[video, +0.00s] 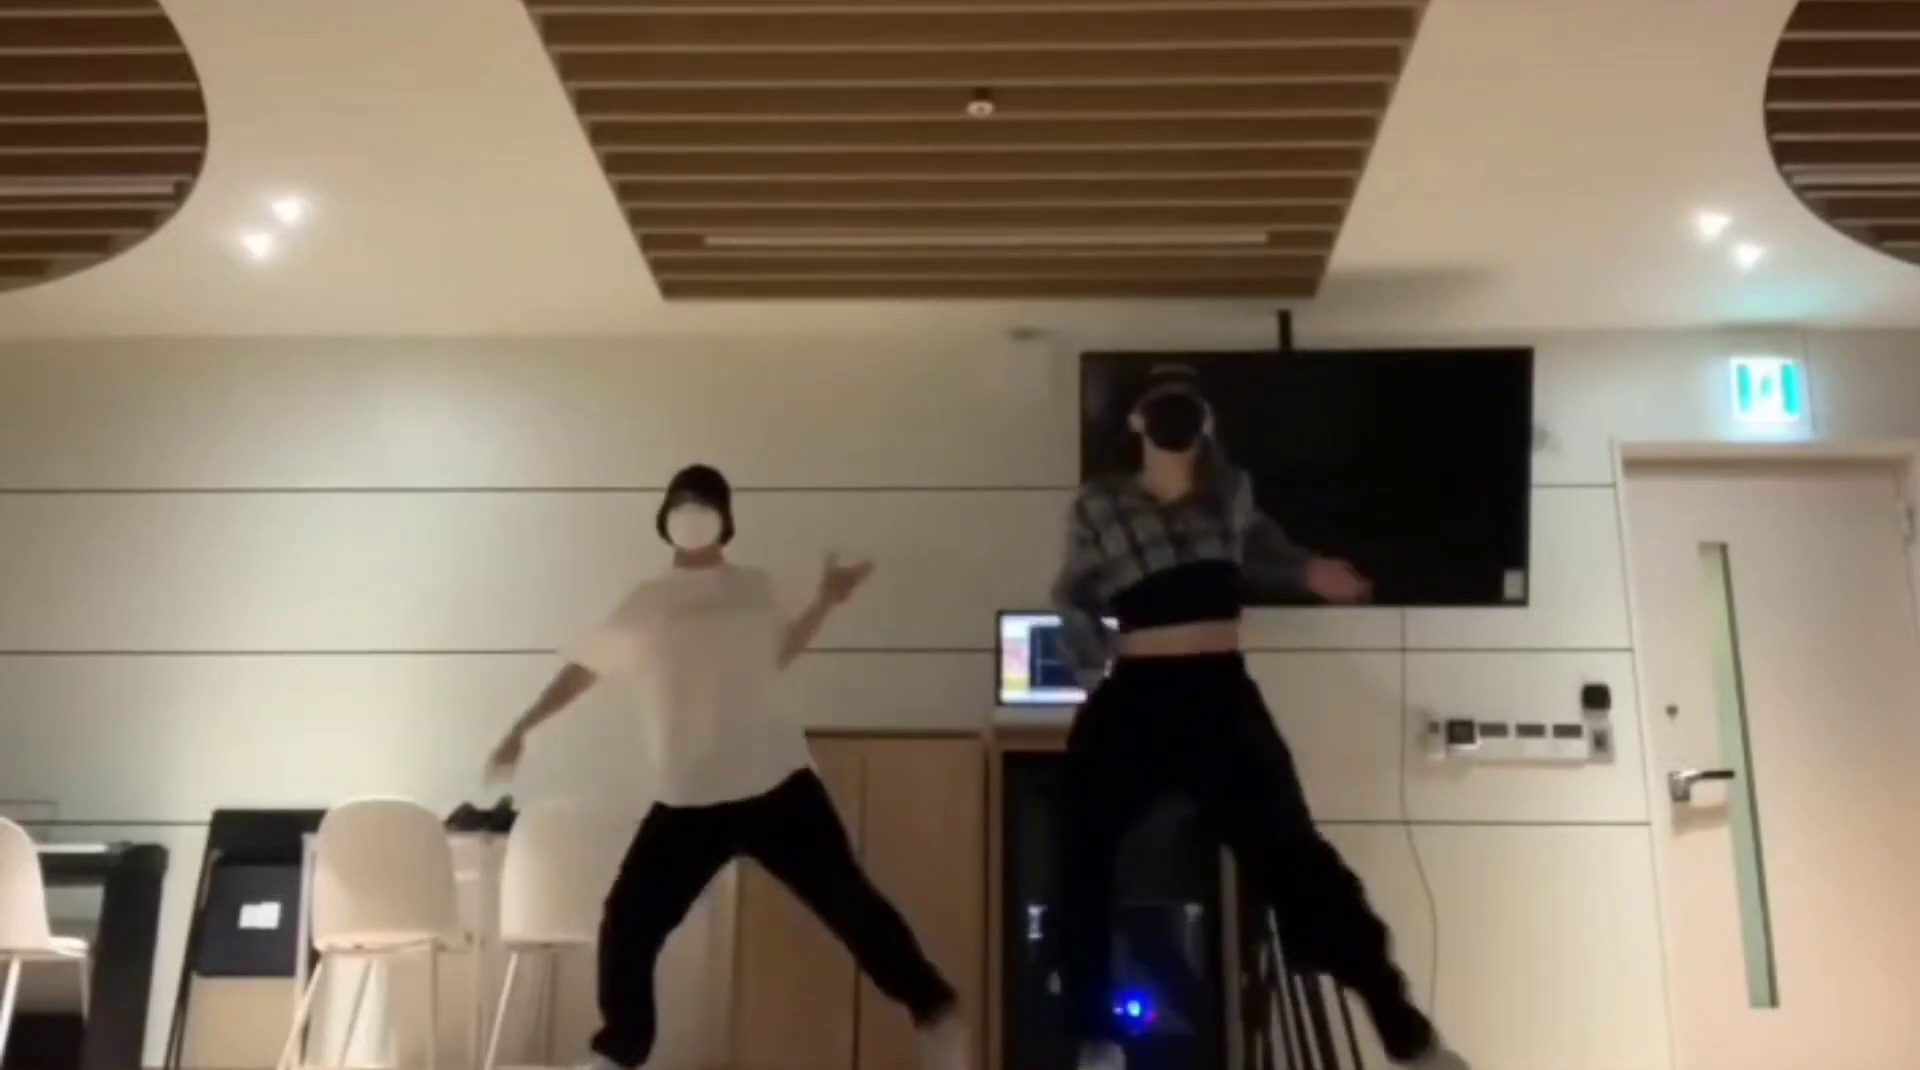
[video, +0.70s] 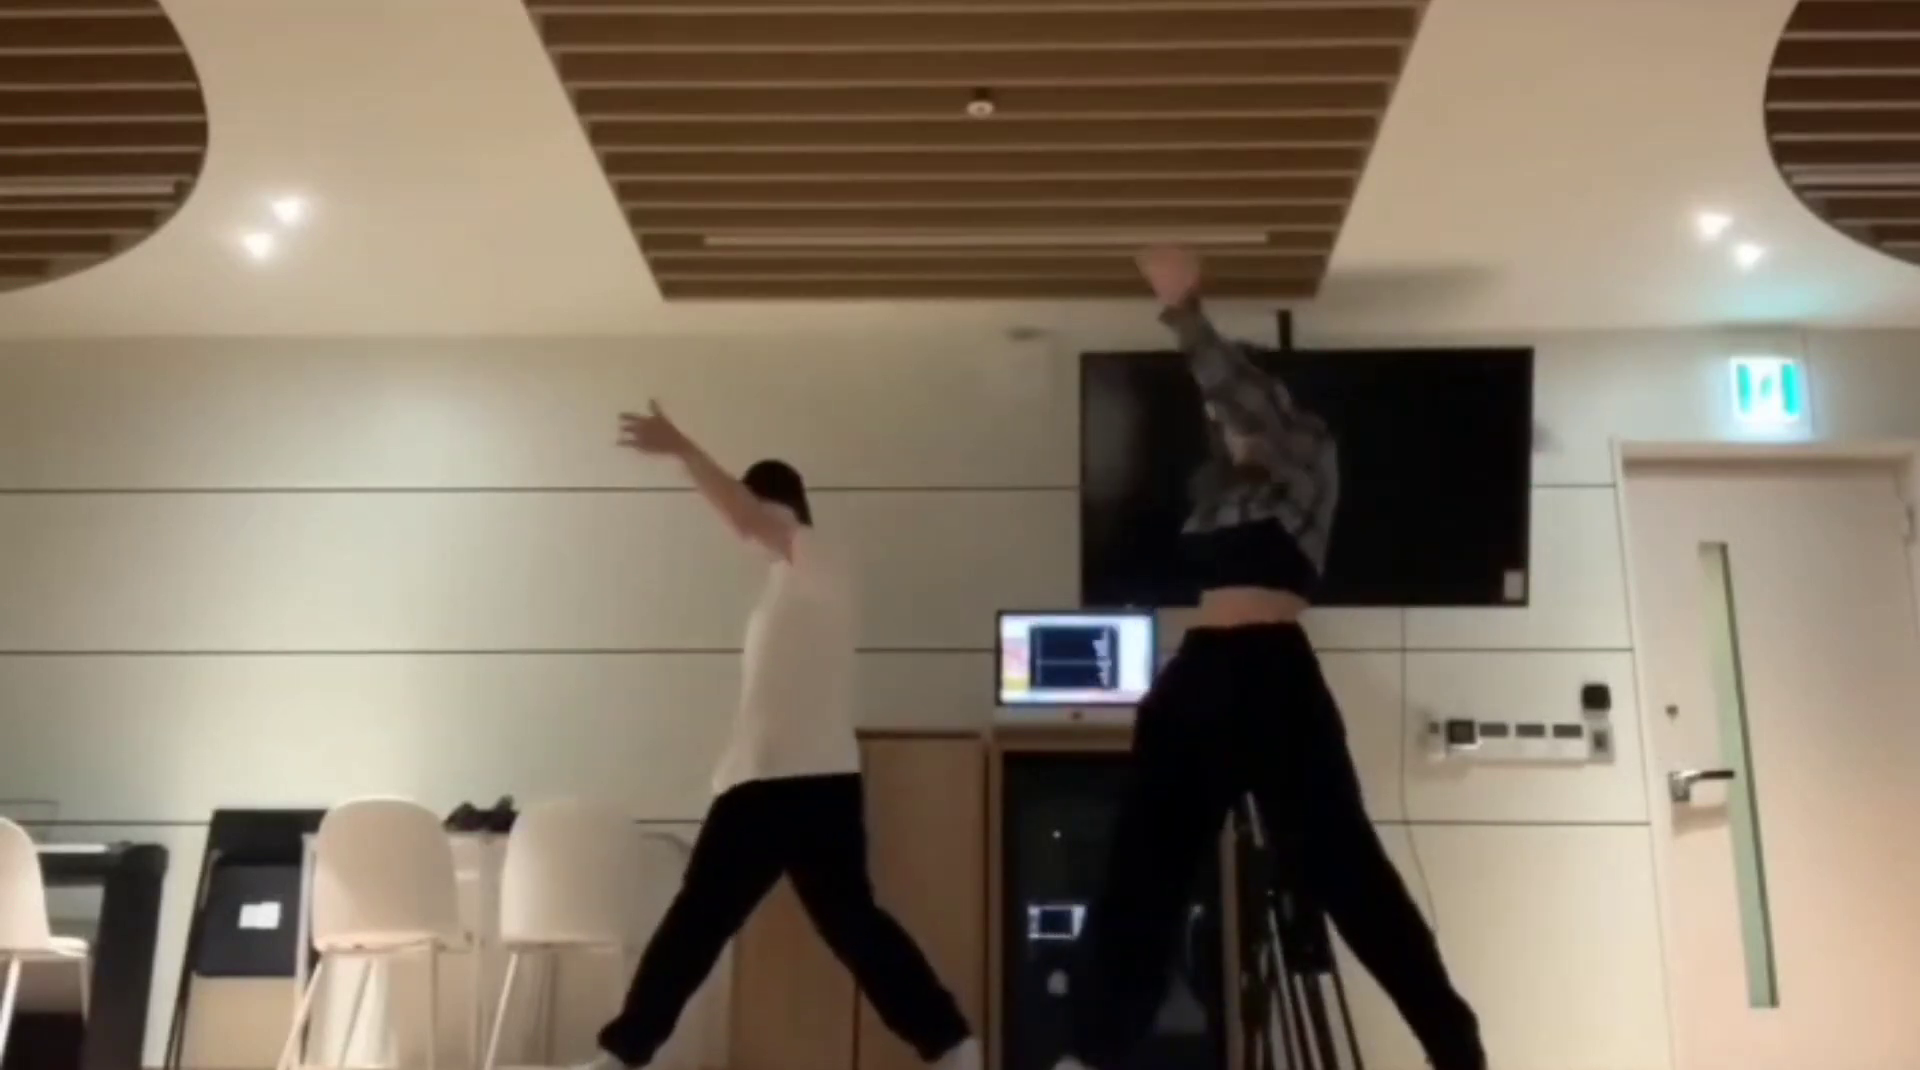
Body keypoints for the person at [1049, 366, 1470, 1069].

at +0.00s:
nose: (1177, 418)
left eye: (1188, 407)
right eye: (1163, 407)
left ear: (1207, 423)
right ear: (1137, 424)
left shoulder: (1229, 497)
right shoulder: (1100, 506)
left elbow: (1260, 561)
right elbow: (1068, 596)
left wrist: (1309, 573)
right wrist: (1092, 652)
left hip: (1222, 698)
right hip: (1134, 700)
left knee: (1291, 852)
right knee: (1083, 858)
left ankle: (1405, 1032)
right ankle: (1090, 1035)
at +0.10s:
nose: (1175, 423)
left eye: (1188, 411)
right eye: (1162, 412)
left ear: (1210, 429)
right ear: (1140, 428)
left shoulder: (1244, 489)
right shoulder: (1121, 507)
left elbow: (1346, 527)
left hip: (1253, 695)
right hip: (1167, 712)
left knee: (1348, 861)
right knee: (1105, 864)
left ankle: (1446, 1056)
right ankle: (1086, 1041)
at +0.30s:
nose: (1200, 413)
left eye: (1210, 401)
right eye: (1193, 401)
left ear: (1225, 418)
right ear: (1174, 418)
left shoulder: (1251, 476)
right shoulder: (1149, 498)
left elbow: (1338, 467)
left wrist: (1455, 451)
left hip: (1260, 683)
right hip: (1183, 702)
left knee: (1358, 860)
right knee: (1121, 865)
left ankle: (1447, 1050)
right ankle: (1083, 1041)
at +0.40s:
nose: (1218, 403)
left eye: (1233, 391)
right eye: (1207, 393)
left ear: (1252, 412)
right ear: (1189, 413)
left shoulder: (1264, 474)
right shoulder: (1174, 494)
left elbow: (1298, 417)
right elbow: (1175, 607)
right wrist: (1157, 675)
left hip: (1263, 674)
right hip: (1185, 687)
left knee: (1347, 856)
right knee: (1134, 861)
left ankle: (1449, 1040)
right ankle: (1084, 1036)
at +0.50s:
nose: (1213, 417)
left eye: (1228, 400)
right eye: (1207, 403)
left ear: (1253, 407)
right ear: (1199, 412)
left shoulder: (1276, 476)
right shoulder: (1185, 490)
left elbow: (1269, 418)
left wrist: (1290, 355)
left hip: (1264, 674)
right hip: (1185, 686)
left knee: (1343, 856)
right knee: (1136, 867)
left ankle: (1451, 1039)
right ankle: (1092, 1044)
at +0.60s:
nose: (1217, 426)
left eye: (1230, 413)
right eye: (1213, 415)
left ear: (1265, 416)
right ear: (1214, 424)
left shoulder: (1297, 463)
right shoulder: (1206, 487)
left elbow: (1254, 398)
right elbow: (1195, 604)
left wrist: (1203, 309)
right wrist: (1165, 686)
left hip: (1272, 671)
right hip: (1191, 679)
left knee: (1343, 865)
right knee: (1143, 870)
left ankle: (1453, 1045)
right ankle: (1093, 1047)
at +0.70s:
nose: (1232, 429)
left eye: (1245, 413)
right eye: (1226, 416)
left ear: (1281, 412)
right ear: (1223, 424)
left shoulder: (1308, 457)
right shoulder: (1217, 482)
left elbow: (1238, 392)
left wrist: (1184, 309)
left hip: (1278, 670)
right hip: (1197, 674)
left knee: (1343, 866)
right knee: (1147, 867)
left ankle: (1453, 1046)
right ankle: (1097, 1047)